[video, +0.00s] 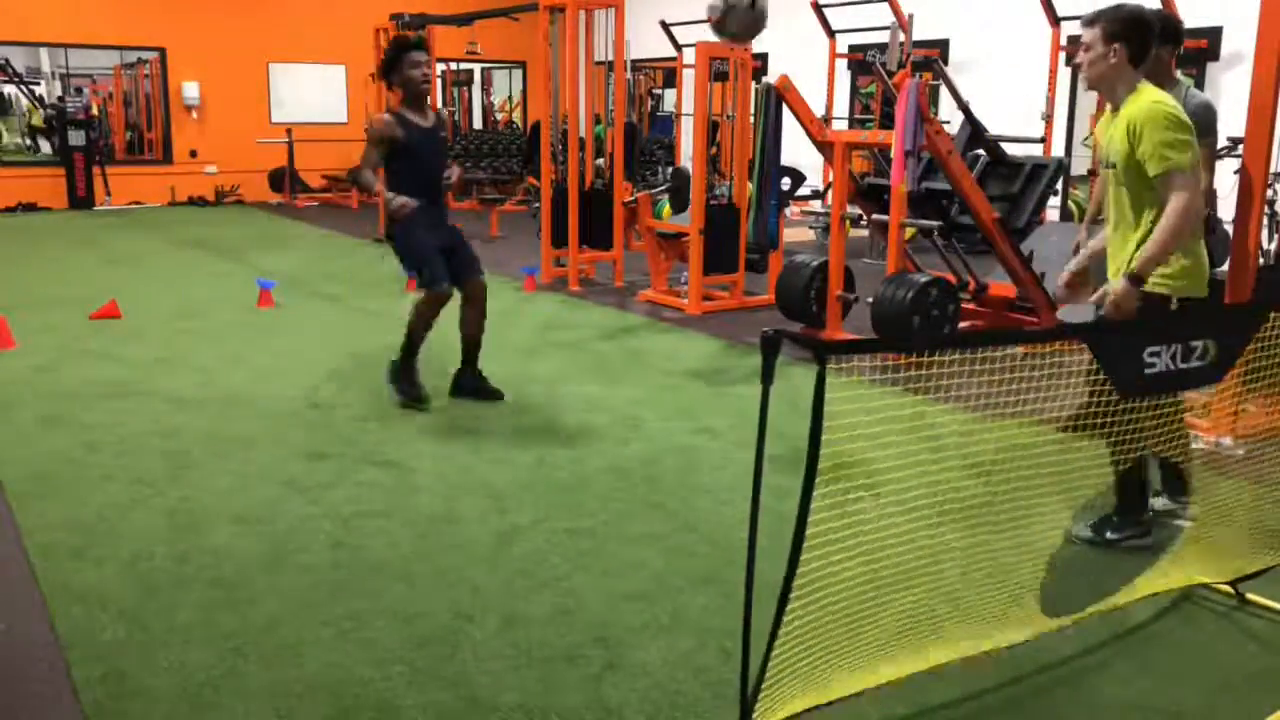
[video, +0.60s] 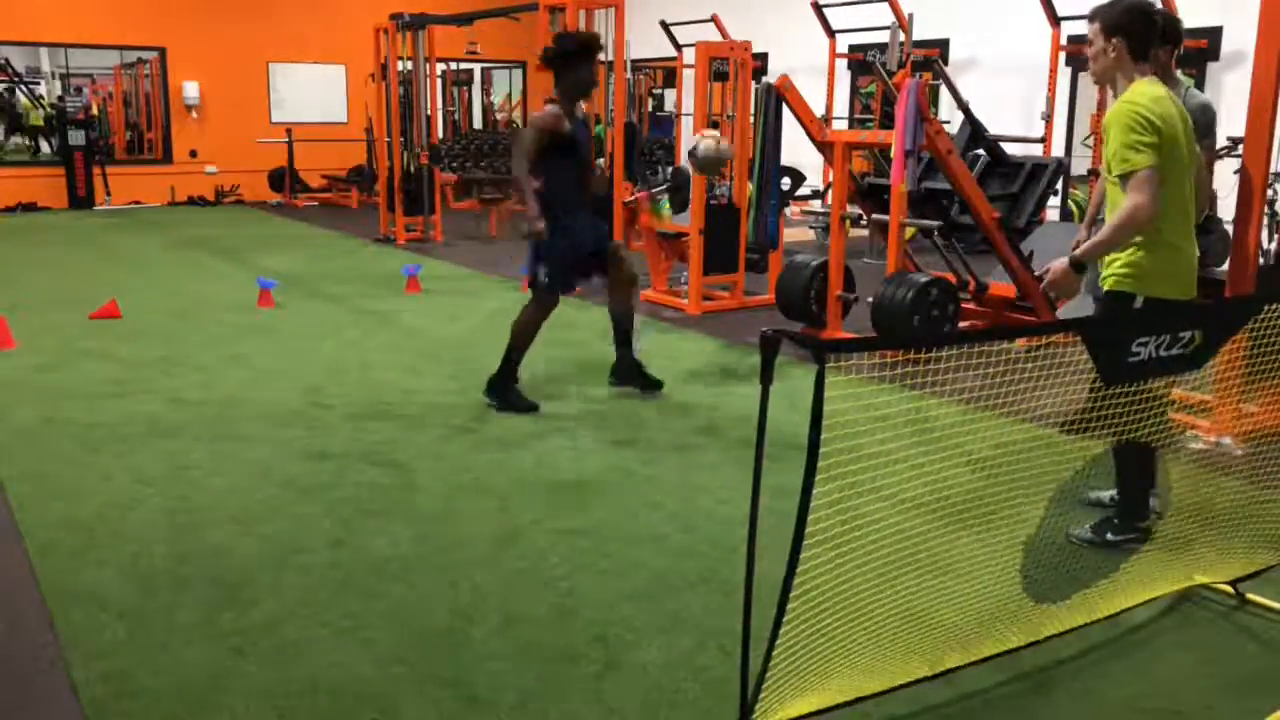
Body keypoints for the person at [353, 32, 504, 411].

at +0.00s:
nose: (426, 73)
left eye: (427, 66)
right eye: (415, 67)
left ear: (431, 73)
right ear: (394, 80)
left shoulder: (438, 121)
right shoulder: (385, 125)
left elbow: (438, 163)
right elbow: (363, 172)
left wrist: (452, 171)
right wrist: (388, 197)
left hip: (439, 220)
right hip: (407, 223)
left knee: (475, 287)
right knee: (439, 289)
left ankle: (468, 374)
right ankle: (404, 366)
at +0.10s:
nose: (454, 66)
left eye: (456, 59)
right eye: (446, 59)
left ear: (456, 64)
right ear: (425, 66)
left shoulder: (458, 112)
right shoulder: (412, 115)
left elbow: (452, 159)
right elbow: (391, 161)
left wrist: (475, 165)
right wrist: (413, 188)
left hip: (463, 209)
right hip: (434, 212)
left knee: (512, 273)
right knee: (470, 285)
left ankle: (493, 353)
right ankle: (463, 379)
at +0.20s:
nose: (488, 82)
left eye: (489, 75)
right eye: (480, 75)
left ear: (489, 78)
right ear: (458, 82)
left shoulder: (485, 122)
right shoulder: (441, 127)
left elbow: (477, 168)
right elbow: (413, 174)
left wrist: (501, 177)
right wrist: (439, 213)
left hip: (490, 221)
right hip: (462, 229)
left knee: (552, 253)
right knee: (503, 301)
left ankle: (531, 333)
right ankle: (493, 387)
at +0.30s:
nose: (519, 103)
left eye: (520, 96)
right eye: (513, 95)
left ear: (513, 97)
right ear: (491, 95)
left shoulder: (505, 136)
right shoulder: (473, 138)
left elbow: (493, 183)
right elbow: (444, 182)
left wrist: (520, 197)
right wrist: (465, 234)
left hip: (521, 228)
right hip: (498, 239)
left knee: (580, 236)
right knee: (528, 309)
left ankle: (579, 307)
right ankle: (496, 389)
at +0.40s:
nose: (548, 99)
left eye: (550, 92)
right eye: (543, 91)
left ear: (539, 91)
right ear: (522, 88)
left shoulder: (528, 128)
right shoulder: (498, 128)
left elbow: (524, 180)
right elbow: (472, 175)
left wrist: (545, 207)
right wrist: (498, 226)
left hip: (543, 221)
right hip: (516, 231)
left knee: (598, 228)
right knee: (537, 305)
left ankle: (595, 287)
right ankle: (498, 386)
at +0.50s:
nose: (575, 85)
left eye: (577, 76)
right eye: (571, 76)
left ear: (558, 77)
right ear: (549, 74)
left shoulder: (552, 119)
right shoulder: (522, 115)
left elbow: (551, 175)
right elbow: (499, 165)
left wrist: (570, 209)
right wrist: (523, 215)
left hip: (564, 216)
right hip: (536, 222)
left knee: (616, 243)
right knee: (540, 301)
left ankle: (612, 331)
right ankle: (499, 383)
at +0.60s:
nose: (596, 77)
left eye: (595, 69)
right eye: (590, 69)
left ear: (578, 74)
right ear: (568, 73)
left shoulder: (581, 118)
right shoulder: (543, 120)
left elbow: (581, 170)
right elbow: (520, 170)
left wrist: (602, 186)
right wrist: (534, 215)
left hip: (586, 223)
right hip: (557, 225)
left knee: (621, 275)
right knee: (543, 301)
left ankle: (625, 362)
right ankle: (502, 380)